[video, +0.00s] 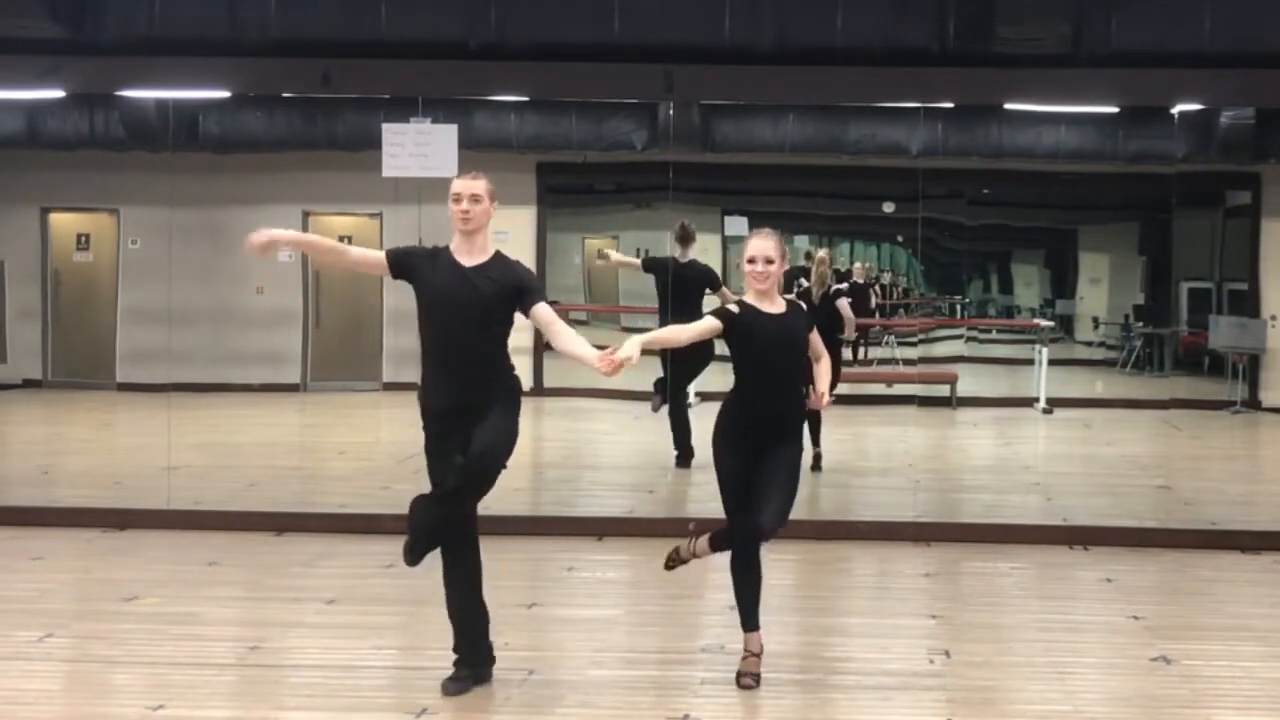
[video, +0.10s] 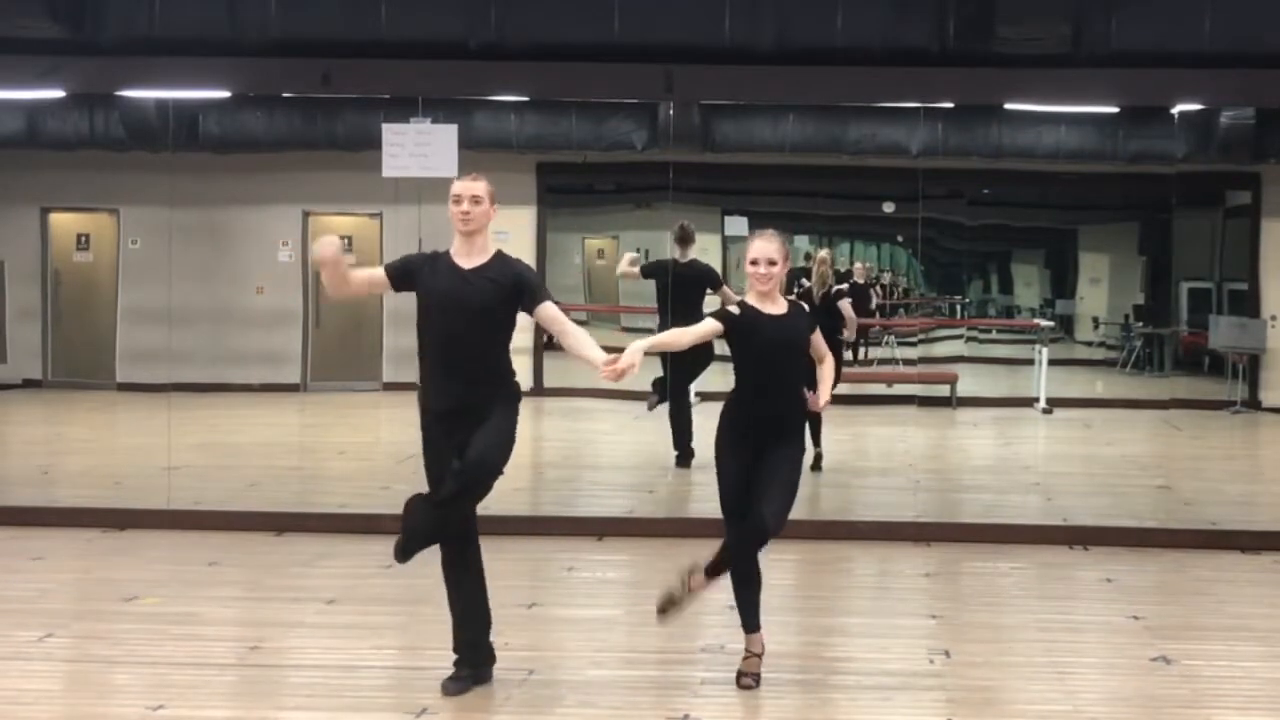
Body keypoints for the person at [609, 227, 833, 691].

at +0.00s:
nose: (759, 269)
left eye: (768, 261)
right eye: (751, 261)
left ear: (783, 266)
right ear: (742, 266)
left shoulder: (799, 313)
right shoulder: (733, 313)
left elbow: (821, 356)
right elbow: (686, 333)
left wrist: (822, 386)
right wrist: (639, 341)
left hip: (785, 435)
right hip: (737, 432)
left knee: (768, 525)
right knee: (745, 534)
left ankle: (698, 545)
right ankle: (752, 644)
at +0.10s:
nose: (762, 270)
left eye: (770, 263)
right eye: (755, 262)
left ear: (785, 267)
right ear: (744, 267)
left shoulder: (801, 314)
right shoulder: (735, 315)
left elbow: (825, 358)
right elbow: (686, 336)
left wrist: (823, 393)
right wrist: (639, 347)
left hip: (787, 434)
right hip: (739, 432)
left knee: (766, 525)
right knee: (741, 535)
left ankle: (697, 580)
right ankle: (754, 642)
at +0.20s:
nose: (765, 272)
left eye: (774, 264)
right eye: (757, 264)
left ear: (788, 269)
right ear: (747, 268)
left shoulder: (807, 317)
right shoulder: (734, 315)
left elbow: (839, 358)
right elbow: (686, 339)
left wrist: (826, 397)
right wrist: (639, 353)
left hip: (785, 437)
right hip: (737, 435)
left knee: (759, 532)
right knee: (743, 532)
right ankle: (752, 633)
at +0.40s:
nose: (769, 273)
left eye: (778, 265)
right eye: (762, 265)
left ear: (792, 270)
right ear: (751, 267)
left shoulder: (809, 318)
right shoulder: (733, 316)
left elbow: (848, 365)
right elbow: (680, 340)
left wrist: (822, 402)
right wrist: (633, 354)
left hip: (786, 436)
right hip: (737, 437)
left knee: (773, 524)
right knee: (746, 538)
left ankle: (796, 619)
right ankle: (754, 642)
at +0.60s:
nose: (768, 272)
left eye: (777, 265)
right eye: (760, 264)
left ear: (790, 269)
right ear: (749, 267)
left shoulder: (807, 320)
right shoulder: (731, 315)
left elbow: (854, 359)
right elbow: (677, 339)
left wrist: (826, 402)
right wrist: (645, 353)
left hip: (790, 440)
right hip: (741, 438)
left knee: (780, 545)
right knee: (745, 538)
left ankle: (760, 615)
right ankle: (753, 640)